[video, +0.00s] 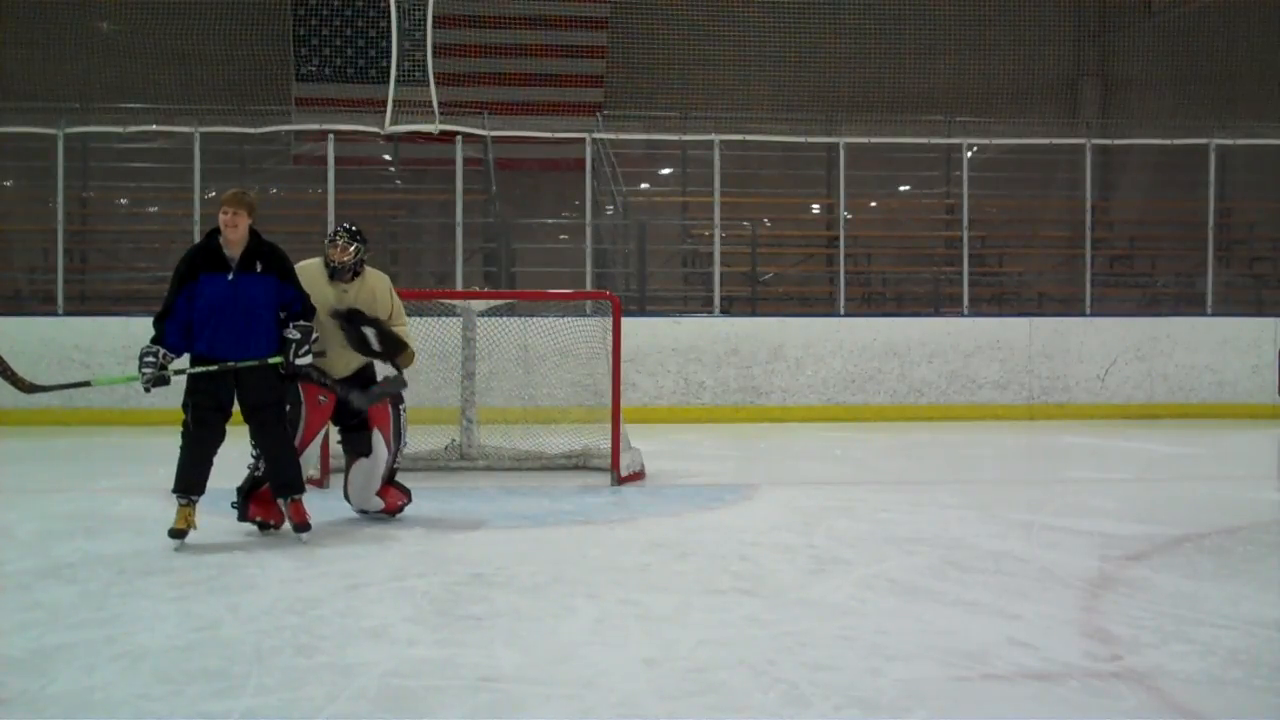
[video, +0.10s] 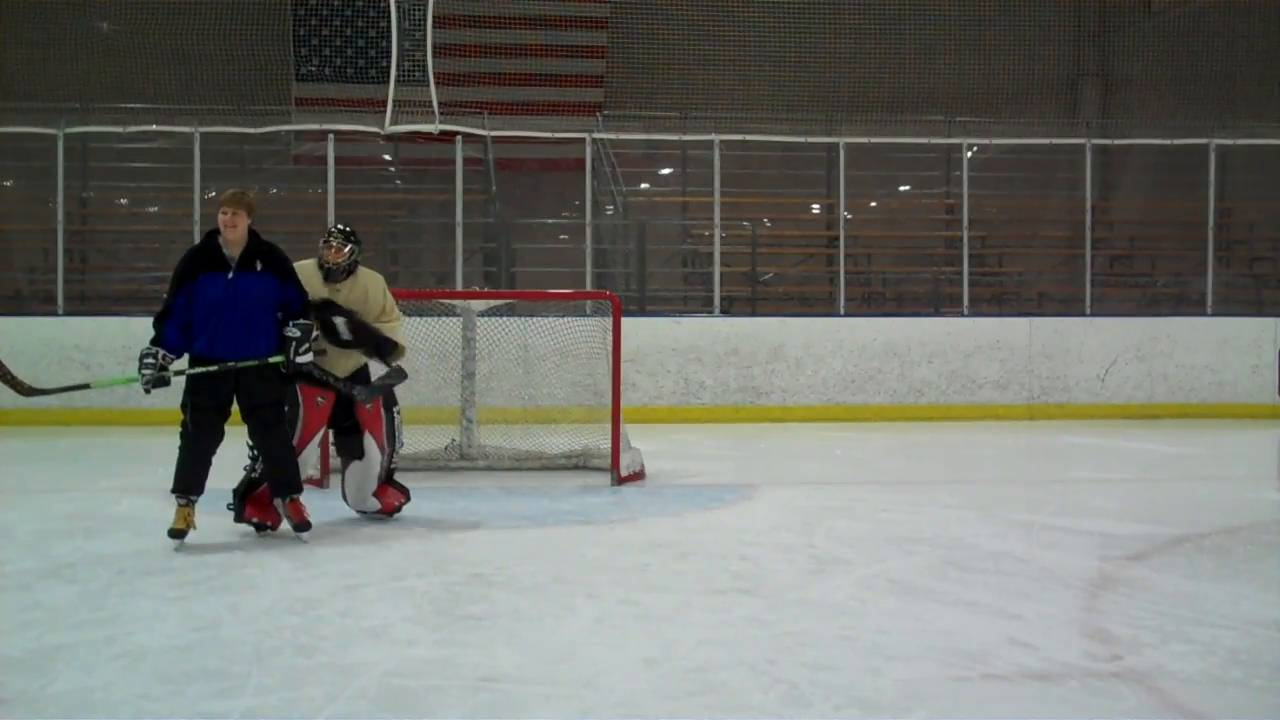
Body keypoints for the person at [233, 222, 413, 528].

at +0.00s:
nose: (338, 255)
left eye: (346, 249)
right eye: (334, 248)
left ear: (359, 253)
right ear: (326, 249)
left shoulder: (378, 285)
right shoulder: (302, 276)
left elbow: (402, 342)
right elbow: (279, 316)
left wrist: (380, 340)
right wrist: (292, 352)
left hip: (358, 373)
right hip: (310, 372)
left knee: (369, 440)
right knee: (293, 433)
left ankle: (368, 498)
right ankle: (260, 494)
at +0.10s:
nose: (332, 255)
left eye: (340, 249)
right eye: (328, 248)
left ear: (353, 253)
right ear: (320, 249)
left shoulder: (372, 285)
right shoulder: (298, 275)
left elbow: (392, 327)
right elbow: (276, 314)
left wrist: (375, 344)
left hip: (358, 370)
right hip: (310, 368)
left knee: (375, 434)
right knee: (293, 436)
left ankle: (371, 496)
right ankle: (260, 496)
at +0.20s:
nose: (324, 256)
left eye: (331, 251)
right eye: (320, 249)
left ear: (345, 255)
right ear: (312, 251)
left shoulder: (364, 286)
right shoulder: (293, 276)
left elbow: (378, 325)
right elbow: (273, 314)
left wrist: (360, 348)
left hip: (347, 375)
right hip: (301, 373)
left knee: (353, 439)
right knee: (282, 434)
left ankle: (361, 498)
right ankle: (257, 497)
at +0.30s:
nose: (315, 259)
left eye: (323, 254)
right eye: (311, 252)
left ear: (337, 258)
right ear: (304, 254)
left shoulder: (354, 289)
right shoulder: (286, 278)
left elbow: (365, 340)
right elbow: (266, 315)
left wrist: (330, 345)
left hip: (338, 380)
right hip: (293, 375)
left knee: (342, 441)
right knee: (278, 433)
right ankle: (255, 497)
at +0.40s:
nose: (306, 261)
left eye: (314, 256)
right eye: (302, 254)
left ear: (327, 260)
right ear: (295, 256)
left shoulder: (346, 290)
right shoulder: (278, 279)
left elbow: (355, 338)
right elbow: (260, 317)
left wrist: (321, 347)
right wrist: (278, 344)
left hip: (326, 375)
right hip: (281, 370)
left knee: (336, 434)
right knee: (273, 427)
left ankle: (346, 496)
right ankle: (249, 493)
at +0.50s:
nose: (300, 258)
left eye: (308, 253)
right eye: (295, 251)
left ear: (321, 256)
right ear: (288, 254)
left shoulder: (340, 288)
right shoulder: (273, 278)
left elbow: (347, 336)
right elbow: (257, 316)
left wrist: (313, 346)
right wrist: (274, 342)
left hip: (320, 371)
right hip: (275, 367)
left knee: (336, 414)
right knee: (266, 419)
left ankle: (343, 488)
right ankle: (250, 488)